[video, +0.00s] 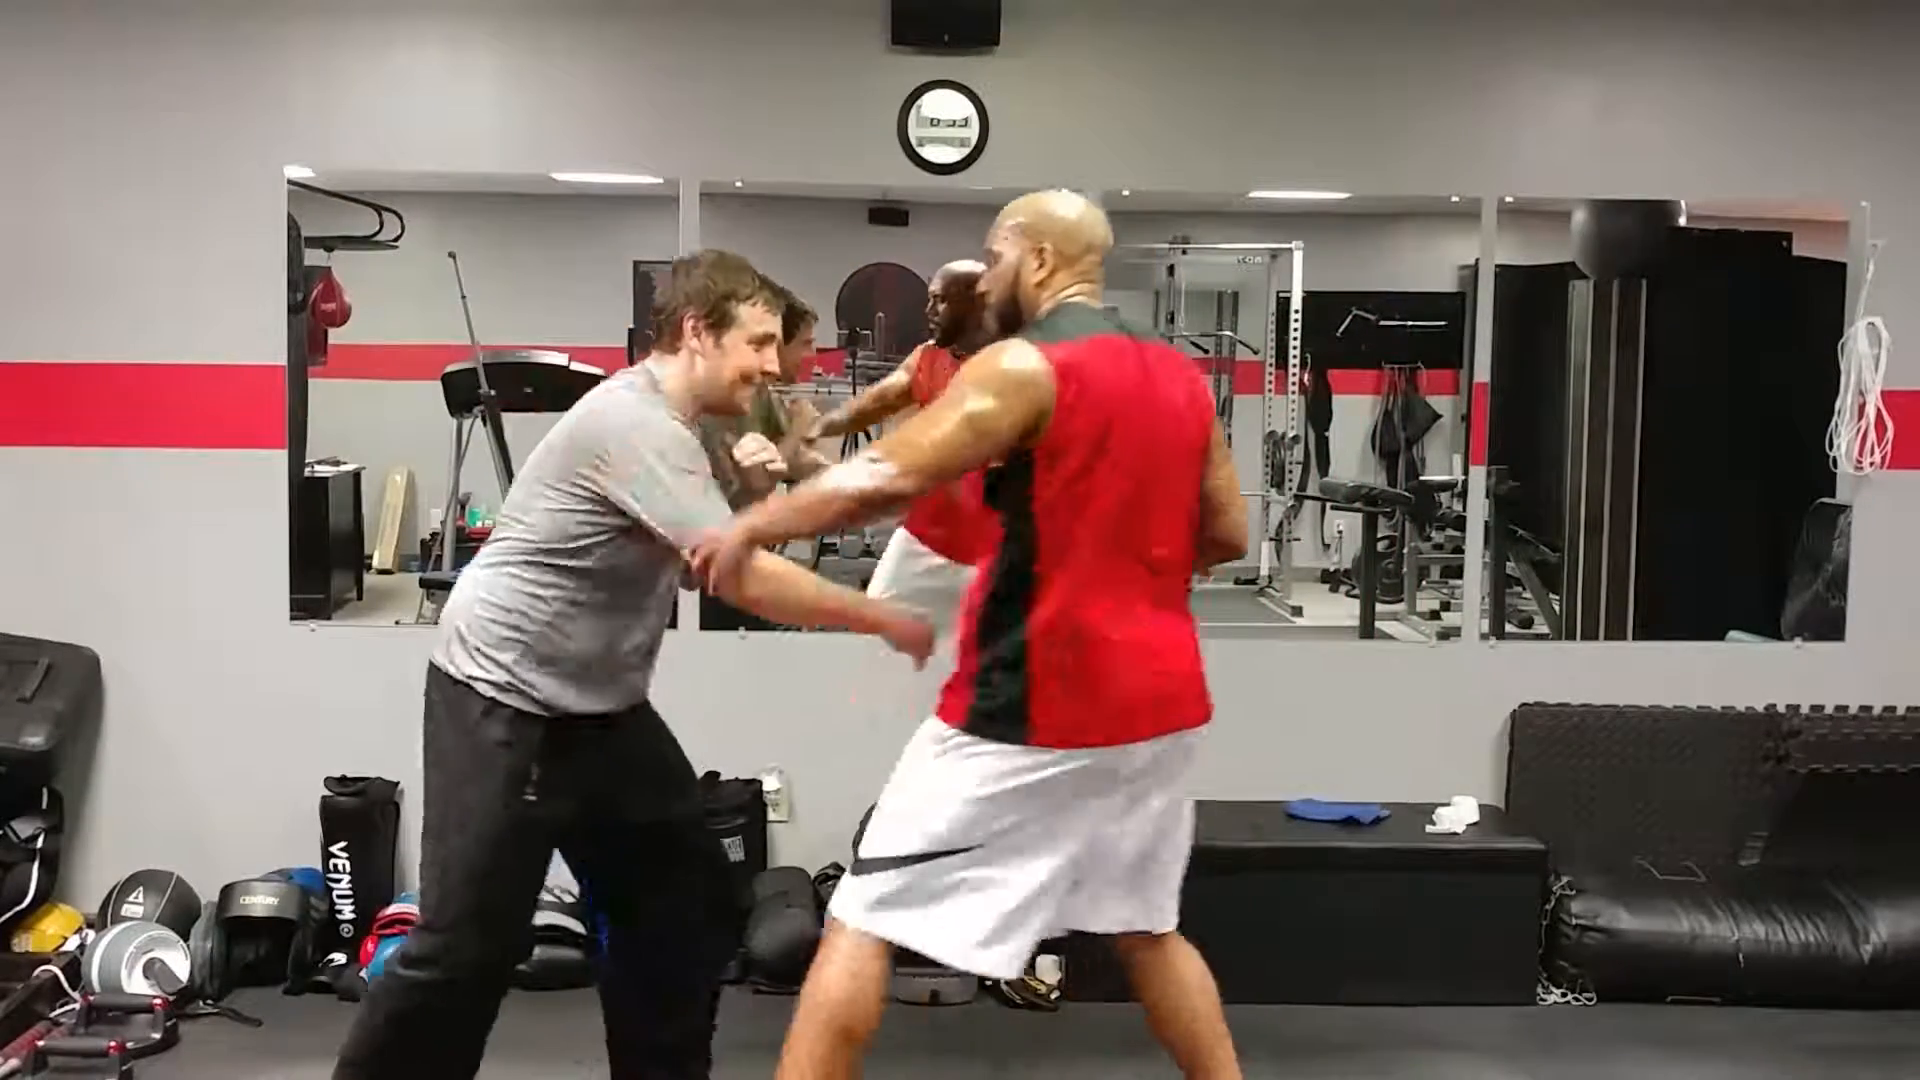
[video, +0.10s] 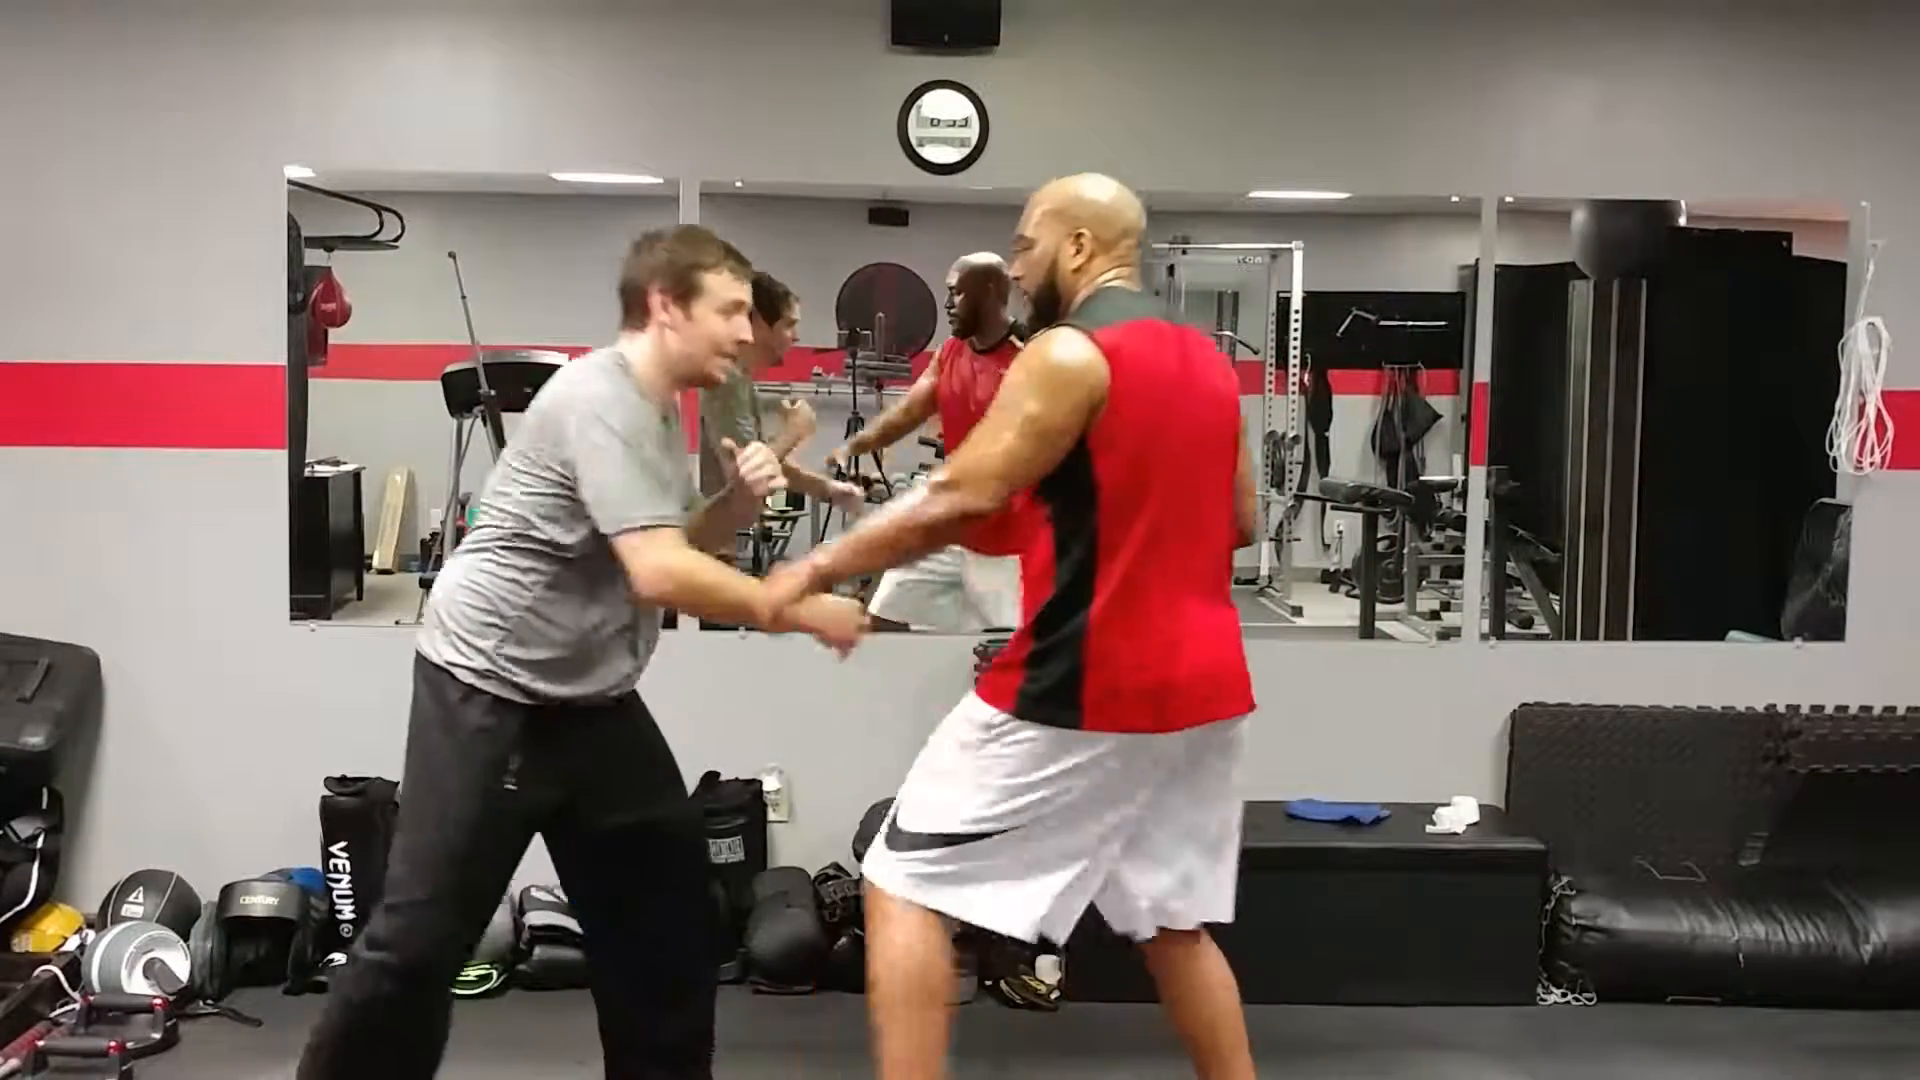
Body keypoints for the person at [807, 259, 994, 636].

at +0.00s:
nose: (930, 311)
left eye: (941, 301)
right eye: (930, 301)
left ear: (980, 301)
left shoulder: (1014, 366)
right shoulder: (929, 359)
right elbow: (879, 401)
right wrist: (822, 425)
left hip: (994, 551)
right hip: (924, 540)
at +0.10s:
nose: (948, 304)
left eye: (956, 293)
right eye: (948, 293)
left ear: (994, 295)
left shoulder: (1031, 362)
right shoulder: (952, 352)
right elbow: (906, 415)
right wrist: (852, 447)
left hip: (1010, 544)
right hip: (947, 532)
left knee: (1014, 656)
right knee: (881, 626)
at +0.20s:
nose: (961, 298)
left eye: (969, 287)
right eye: (961, 288)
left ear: (1004, 287)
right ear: (996, 288)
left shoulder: (1045, 352)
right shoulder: (967, 346)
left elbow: (1064, 441)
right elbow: (937, 421)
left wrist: (1002, 464)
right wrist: (892, 473)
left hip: (1024, 522)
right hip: (960, 517)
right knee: (916, 631)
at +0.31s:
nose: (965, 295)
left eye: (974, 284)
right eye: (967, 284)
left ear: (1008, 286)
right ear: (1002, 287)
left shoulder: (1053, 352)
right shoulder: (975, 344)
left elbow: (1074, 448)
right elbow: (965, 423)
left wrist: (1004, 462)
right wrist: (944, 493)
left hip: (1026, 543)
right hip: (967, 535)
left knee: (1030, 673)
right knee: (951, 662)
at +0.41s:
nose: (967, 291)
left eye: (977, 282)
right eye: (969, 282)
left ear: (1011, 285)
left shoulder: (1057, 351)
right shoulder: (982, 345)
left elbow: (1081, 441)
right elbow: (987, 437)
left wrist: (999, 458)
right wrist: (966, 507)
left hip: (1035, 540)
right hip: (981, 534)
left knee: (1039, 667)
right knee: (977, 660)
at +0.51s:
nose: (971, 294)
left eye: (980, 283)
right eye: (972, 283)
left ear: (1011, 284)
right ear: (1008, 285)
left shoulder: (1056, 350)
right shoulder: (989, 346)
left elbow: (1071, 440)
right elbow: (993, 435)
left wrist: (991, 448)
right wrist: (962, 487)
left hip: (1037, 539)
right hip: (983, 533)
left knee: (1040, 664)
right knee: (982, 657)